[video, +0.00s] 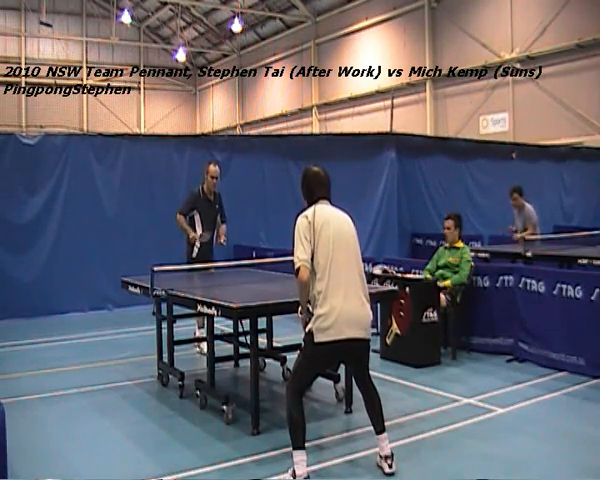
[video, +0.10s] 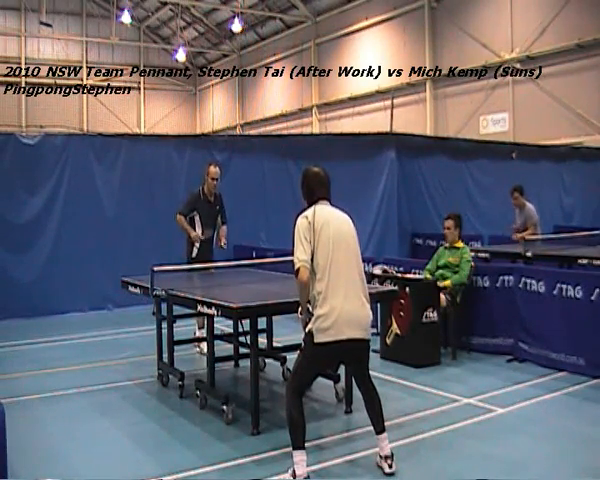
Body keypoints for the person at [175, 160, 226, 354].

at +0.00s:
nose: (215, 181)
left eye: (217, 178)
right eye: (212, 177)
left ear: (219, 178)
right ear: (205, 177)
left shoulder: (217, 197)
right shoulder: (195, 196)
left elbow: (222, 220)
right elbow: (179, 215)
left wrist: (221, 233)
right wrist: (190, 232)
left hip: (209, 249)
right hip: (196, 249)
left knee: (209, 291)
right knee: (199, 292)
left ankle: (202, 332)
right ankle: (200, 332)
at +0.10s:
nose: (215, 183)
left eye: (217, 179)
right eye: (212, 179)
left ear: (219, 180)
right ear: (205, 178)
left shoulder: (218, 198)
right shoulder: (196, 197)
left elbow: (222, 222)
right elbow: (179, 216)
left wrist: (222, 236)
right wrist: (191, 233)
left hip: (210, 248)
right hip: (196, 248)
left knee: (209, 290)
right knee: (199, 292)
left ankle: (202, 333)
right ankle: (200, 333)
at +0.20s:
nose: (216, 184)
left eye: (218, 181)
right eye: (213, 181)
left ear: (221, 181)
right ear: (206, 180)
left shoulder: (219, 199)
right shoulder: (197, 198)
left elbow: (224, 224)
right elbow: (180, 218)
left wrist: (223, 242)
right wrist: (194, 233)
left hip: (208, 251)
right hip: (195, 252)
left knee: (208, 294)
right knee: (199, 295)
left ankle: (201, 333)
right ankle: (200, 333)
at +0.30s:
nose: (216, 187)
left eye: (218, 183)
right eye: (213, 183)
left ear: (221, 183)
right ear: (207, 182)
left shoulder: (219, 200)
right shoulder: (198, 199)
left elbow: (224, 226)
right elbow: (181, 219)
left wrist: (223, 243)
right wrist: (196, 232)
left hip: (209, 250)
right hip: (196, 250)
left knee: (208, 292)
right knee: (199, 293)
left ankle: (201, 333)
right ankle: (200, 332)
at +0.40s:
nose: (216, 188)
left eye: (218, 185)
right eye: (213, 185)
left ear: (221, 184)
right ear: (206, 184)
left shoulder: (220, 201)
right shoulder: (197, 200)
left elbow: (224, 226)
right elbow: (184, 222)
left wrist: (225, 244)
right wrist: (201, 230)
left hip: (208, 252)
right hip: (195, 253)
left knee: (208, 294)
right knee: (199, 295)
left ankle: (201, 332)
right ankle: (199, 332)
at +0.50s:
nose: (215, 189)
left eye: (218, 185)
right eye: (213, 185)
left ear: (221, 185)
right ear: (206, 184)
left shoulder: (220, 201)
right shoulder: (197, 200)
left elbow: (225, 226)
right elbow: (187, 224)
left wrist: (225, 242)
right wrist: (207, 227)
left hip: (208, 253)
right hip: (195, 253)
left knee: (207, 294)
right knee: (199, 295)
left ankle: (199, 331)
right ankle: (199, 332)